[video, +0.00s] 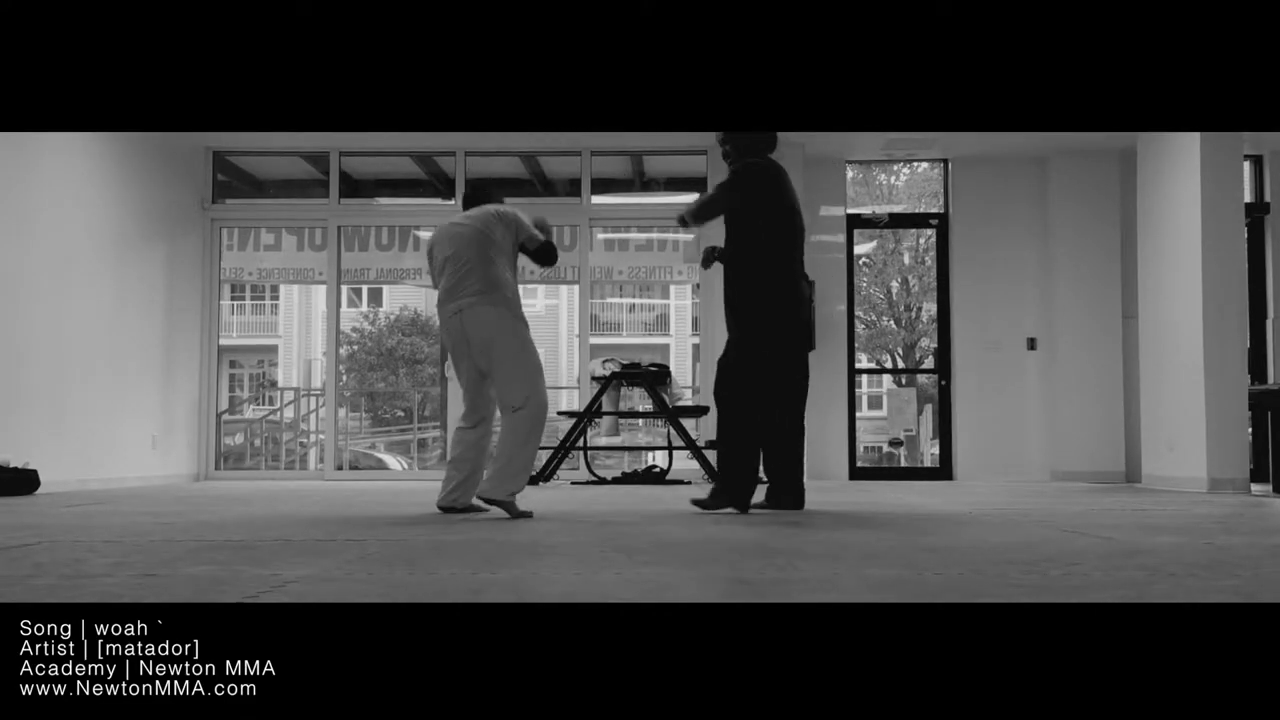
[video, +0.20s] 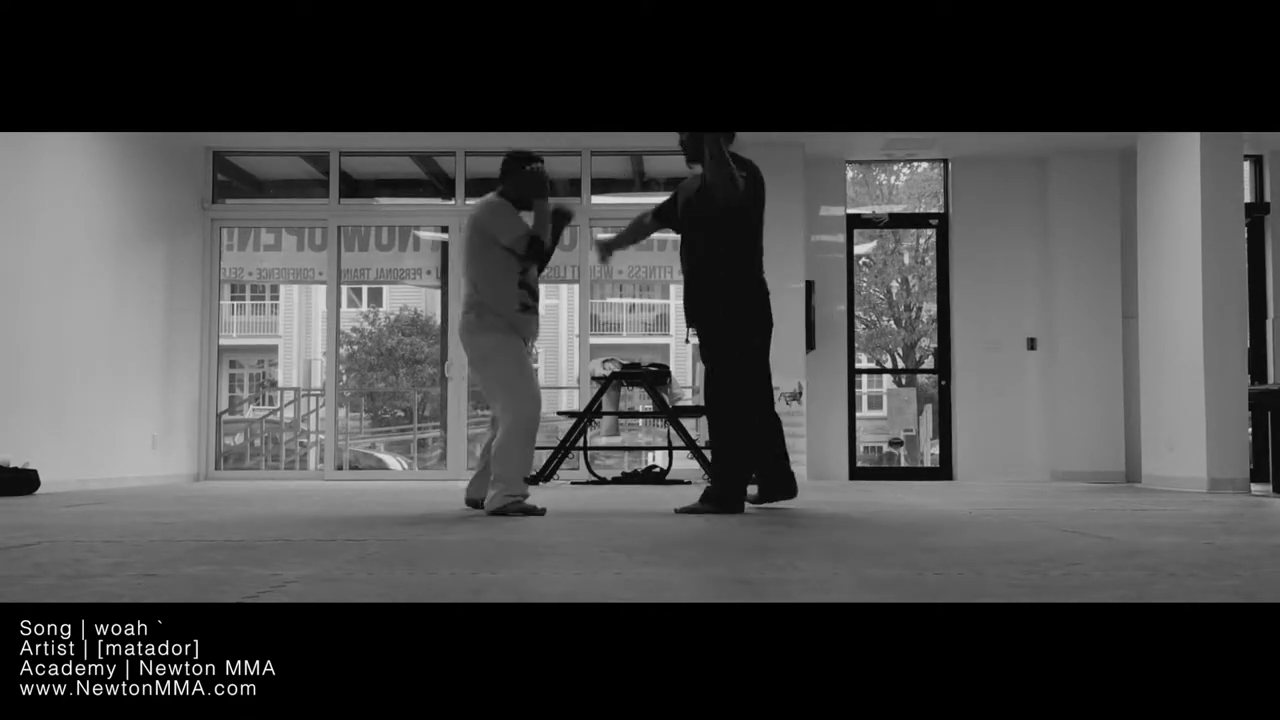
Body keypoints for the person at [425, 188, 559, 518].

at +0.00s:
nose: (504, 206)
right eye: (502, 203)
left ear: (464, 205)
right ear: (493, 202)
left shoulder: (438, 235)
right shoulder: (503, 214)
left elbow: (441, 283)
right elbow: (547, 257)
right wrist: (542, 234)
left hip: (452, 322)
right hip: (493, 314)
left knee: (477, 408)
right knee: (527, 402)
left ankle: (454, 496)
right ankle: (499, 489)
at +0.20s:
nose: (540, 189)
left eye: (541, 182)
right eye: (536, 181)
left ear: (512, 181)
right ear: (519, 180)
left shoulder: (503, 213)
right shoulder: (495, 211)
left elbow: (536, 263)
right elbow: (535, 255)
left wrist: (556, 228)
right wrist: (542, 207)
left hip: (498, 329)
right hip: (491, 329)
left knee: (509, 407)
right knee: (523, 404)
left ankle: (481, 489)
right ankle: (505, 496)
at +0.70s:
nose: (541, 177)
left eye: (541, 172)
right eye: (537, 171)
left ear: (512, 167)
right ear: (521, 168)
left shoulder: (515, 204)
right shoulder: (481, 201)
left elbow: (526, 241)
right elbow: (524, 244)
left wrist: (549, 234)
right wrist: (534, 193)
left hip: (513, 324)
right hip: (485, 323)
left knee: (517, 403)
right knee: (504, 403)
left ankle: (483, 475)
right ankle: (495, 496)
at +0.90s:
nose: (544, 174)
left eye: (544, 166)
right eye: (539, 166)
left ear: (522, 166)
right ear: (519, 165)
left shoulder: (523, 204)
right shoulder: (481, 196)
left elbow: (535, 254)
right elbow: (511, 250)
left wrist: (557, 215)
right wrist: (549, 212)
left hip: (507, 324)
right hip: (483, 321)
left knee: (508, 407)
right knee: (507, 407)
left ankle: (468, 479)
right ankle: (498, 498)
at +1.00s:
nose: (548, 183)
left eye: (548, 176)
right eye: (545, 175)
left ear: (520, 172)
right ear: (528, 174)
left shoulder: (515, 207)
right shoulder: (496, 197)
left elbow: (541, 255)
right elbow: (520, 255)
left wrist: (551, 211)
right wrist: (546, 238)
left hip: (493, 323)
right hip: (481, 322)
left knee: (495, 407)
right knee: (514, 404)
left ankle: (464, 486)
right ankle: (498, 498)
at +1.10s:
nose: (543, 191)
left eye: (542, 184)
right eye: (542, 184)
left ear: (510, 176)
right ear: (536, 179)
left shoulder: (482, 203)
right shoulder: (522, 195)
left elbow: (480, 258)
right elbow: (530, 253)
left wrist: (518, 273)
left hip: (458, 322)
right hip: (489, 322)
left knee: (483, 407)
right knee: (521, 404)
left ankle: (463, 492)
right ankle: (498, 497)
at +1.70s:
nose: (519, 177)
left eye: (519, 171)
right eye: (517, 170)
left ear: (484, 166)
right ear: (505, 168)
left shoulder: (476, 201)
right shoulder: (483, 189)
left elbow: (513, 253)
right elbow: (483, 231)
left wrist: (528, 211)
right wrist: (531, 225)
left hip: (451, 316)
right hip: (472, 317)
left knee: (466, 409)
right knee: (501, 400)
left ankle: (464, 492)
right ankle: (499, 484)